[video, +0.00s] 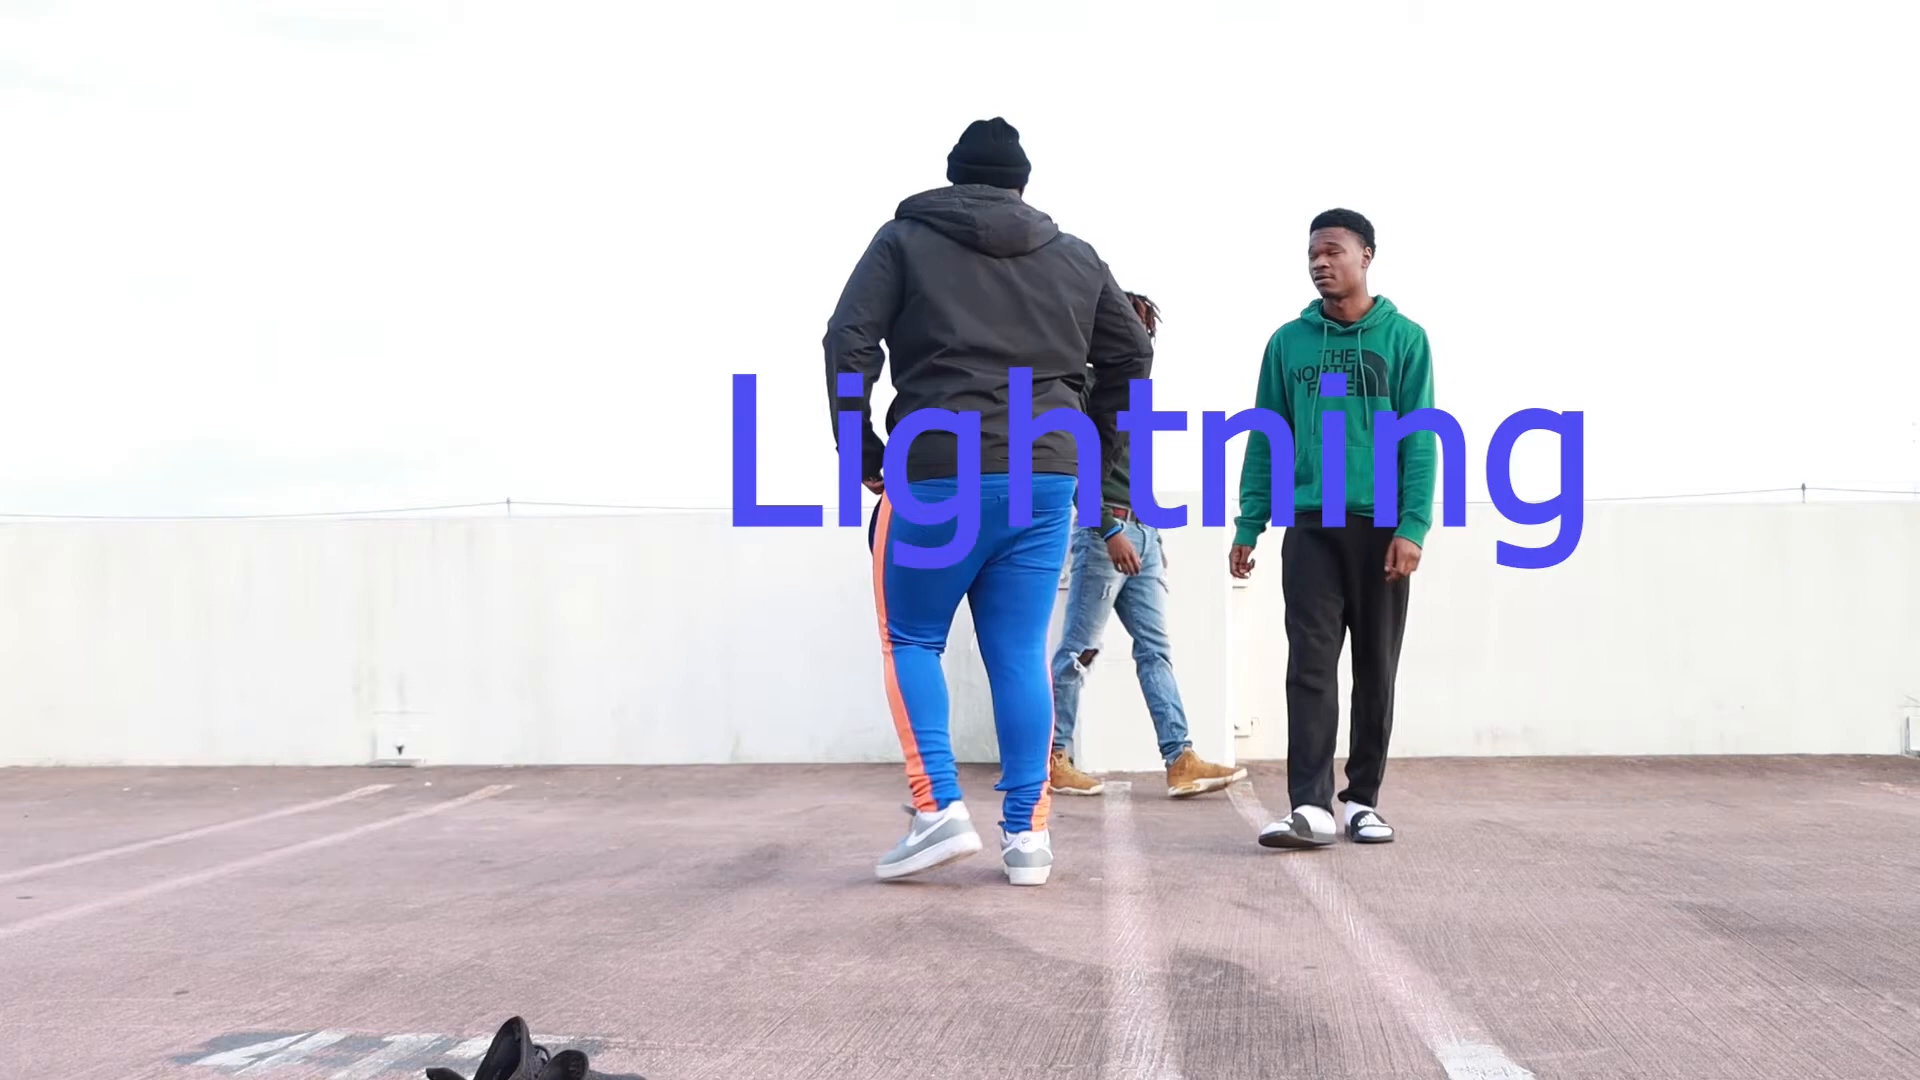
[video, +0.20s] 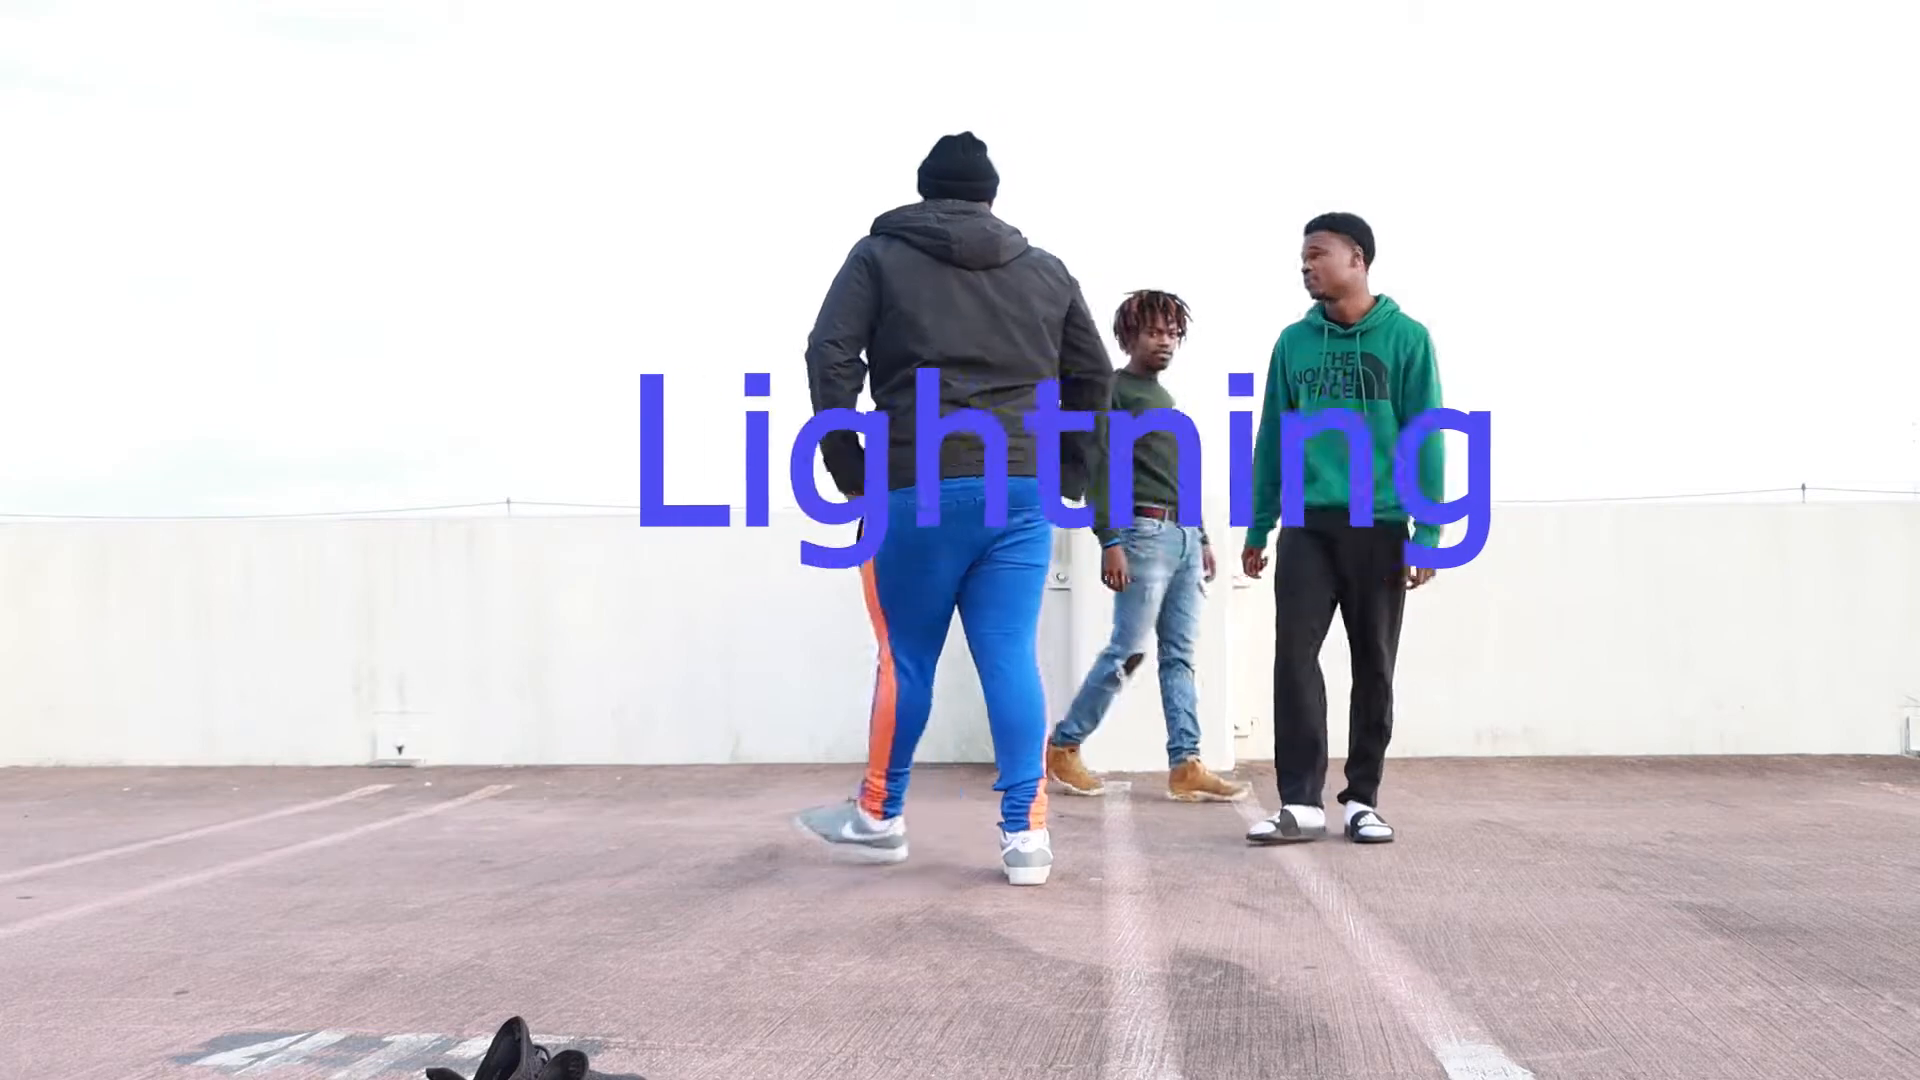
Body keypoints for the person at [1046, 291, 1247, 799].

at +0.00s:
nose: (1149, 334)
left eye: (1150, 325)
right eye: (1141, 323)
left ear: (1148, 330)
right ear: (1118, 326)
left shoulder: (1137, 388)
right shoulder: (1095, 383)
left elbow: (1129, 462)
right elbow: (1084, 456)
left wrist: (1147, 526)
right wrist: (1107, 528)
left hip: (1140, 528)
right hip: (1101, 527)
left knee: (1154, 646)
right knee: (1078, 647)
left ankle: (1180, 759)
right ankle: (1051, 754)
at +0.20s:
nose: (1167, 342)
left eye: (1173, 334)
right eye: (1156, 332)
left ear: (1179, 339)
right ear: (1130, 335)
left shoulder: (1163, 399)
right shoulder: (1111, 391)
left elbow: (1177, 475)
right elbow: (1098, 473)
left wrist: (1200, 540)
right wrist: (1110, 543)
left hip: (1184, 535)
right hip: (1143, 533)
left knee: (1179, 656)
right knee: (1129, 651)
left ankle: (1185, 766)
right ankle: (1063, 746)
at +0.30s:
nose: (1182, 338)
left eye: (1189, 329)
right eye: (1172, 328)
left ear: (1197, 335)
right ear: (1147, 332)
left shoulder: (1185, 396)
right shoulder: (1123, 389)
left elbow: (1202, 471)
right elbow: (1108, 468)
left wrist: (1229, 530)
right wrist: (1119, 535)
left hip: (1204, 534)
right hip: (1162, 534)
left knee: (1195, 651)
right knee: (1176, 645)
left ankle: (1187, 765)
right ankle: (1092, 731)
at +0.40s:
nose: (1203, 336)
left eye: (1209, 328)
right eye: (1192, 326)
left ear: (1215, 334)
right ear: (1165, 329)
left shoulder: (1205, 391)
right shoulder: (1141, 384)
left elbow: (1225, 463)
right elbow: (1125, 462)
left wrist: (1254, 522)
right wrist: (1135, 531)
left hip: (1220, 525)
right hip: (1182, 523)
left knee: (1200, 644)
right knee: (1212, 637)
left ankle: (1187, 764)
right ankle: (1138, 736)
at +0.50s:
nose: (1219, 335)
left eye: (1225, 326)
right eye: (1208, 325)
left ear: (1232, 332)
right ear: (1183, 327)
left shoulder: (1222, 389)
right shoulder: (1158, 385)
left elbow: (1234, 460)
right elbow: (1144, 466)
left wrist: (1274, 497)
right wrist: (1158, 532)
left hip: (1228, 523)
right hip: (1194, 522)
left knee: (1205, 642)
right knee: (1238, 630)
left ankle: (1188, 764)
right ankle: (1203, 756)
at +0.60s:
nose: (1241, 335)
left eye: (1247, 326)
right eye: (1230, 325)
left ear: (1253, 331)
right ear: (1202, 328)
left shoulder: (1240, 389)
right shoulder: (1177, 387)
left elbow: (1254, 467)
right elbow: (1167, 471)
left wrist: (1264, 535)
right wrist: (1187, 538)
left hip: (1245, 528)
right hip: (1211, 531)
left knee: (1210, 650)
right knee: (1256, 638)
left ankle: (1187, 763)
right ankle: (1275, 761)